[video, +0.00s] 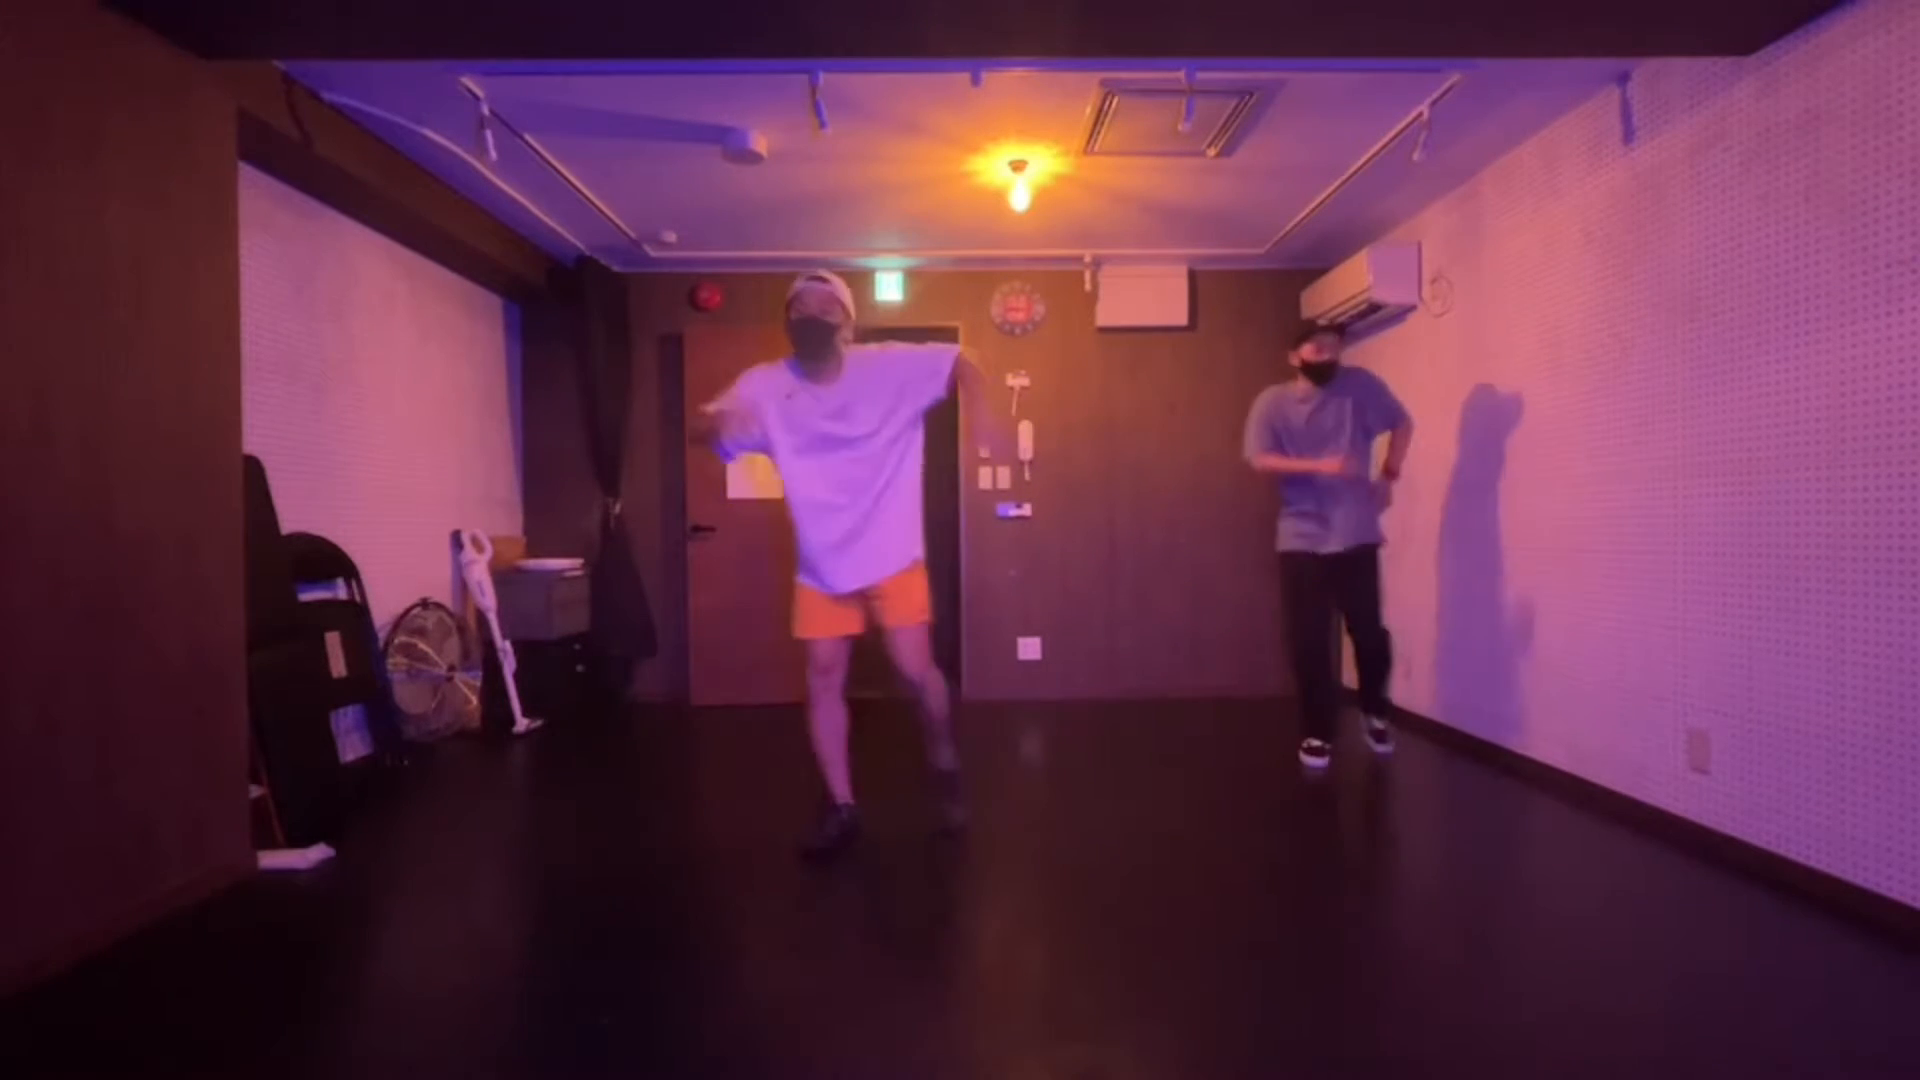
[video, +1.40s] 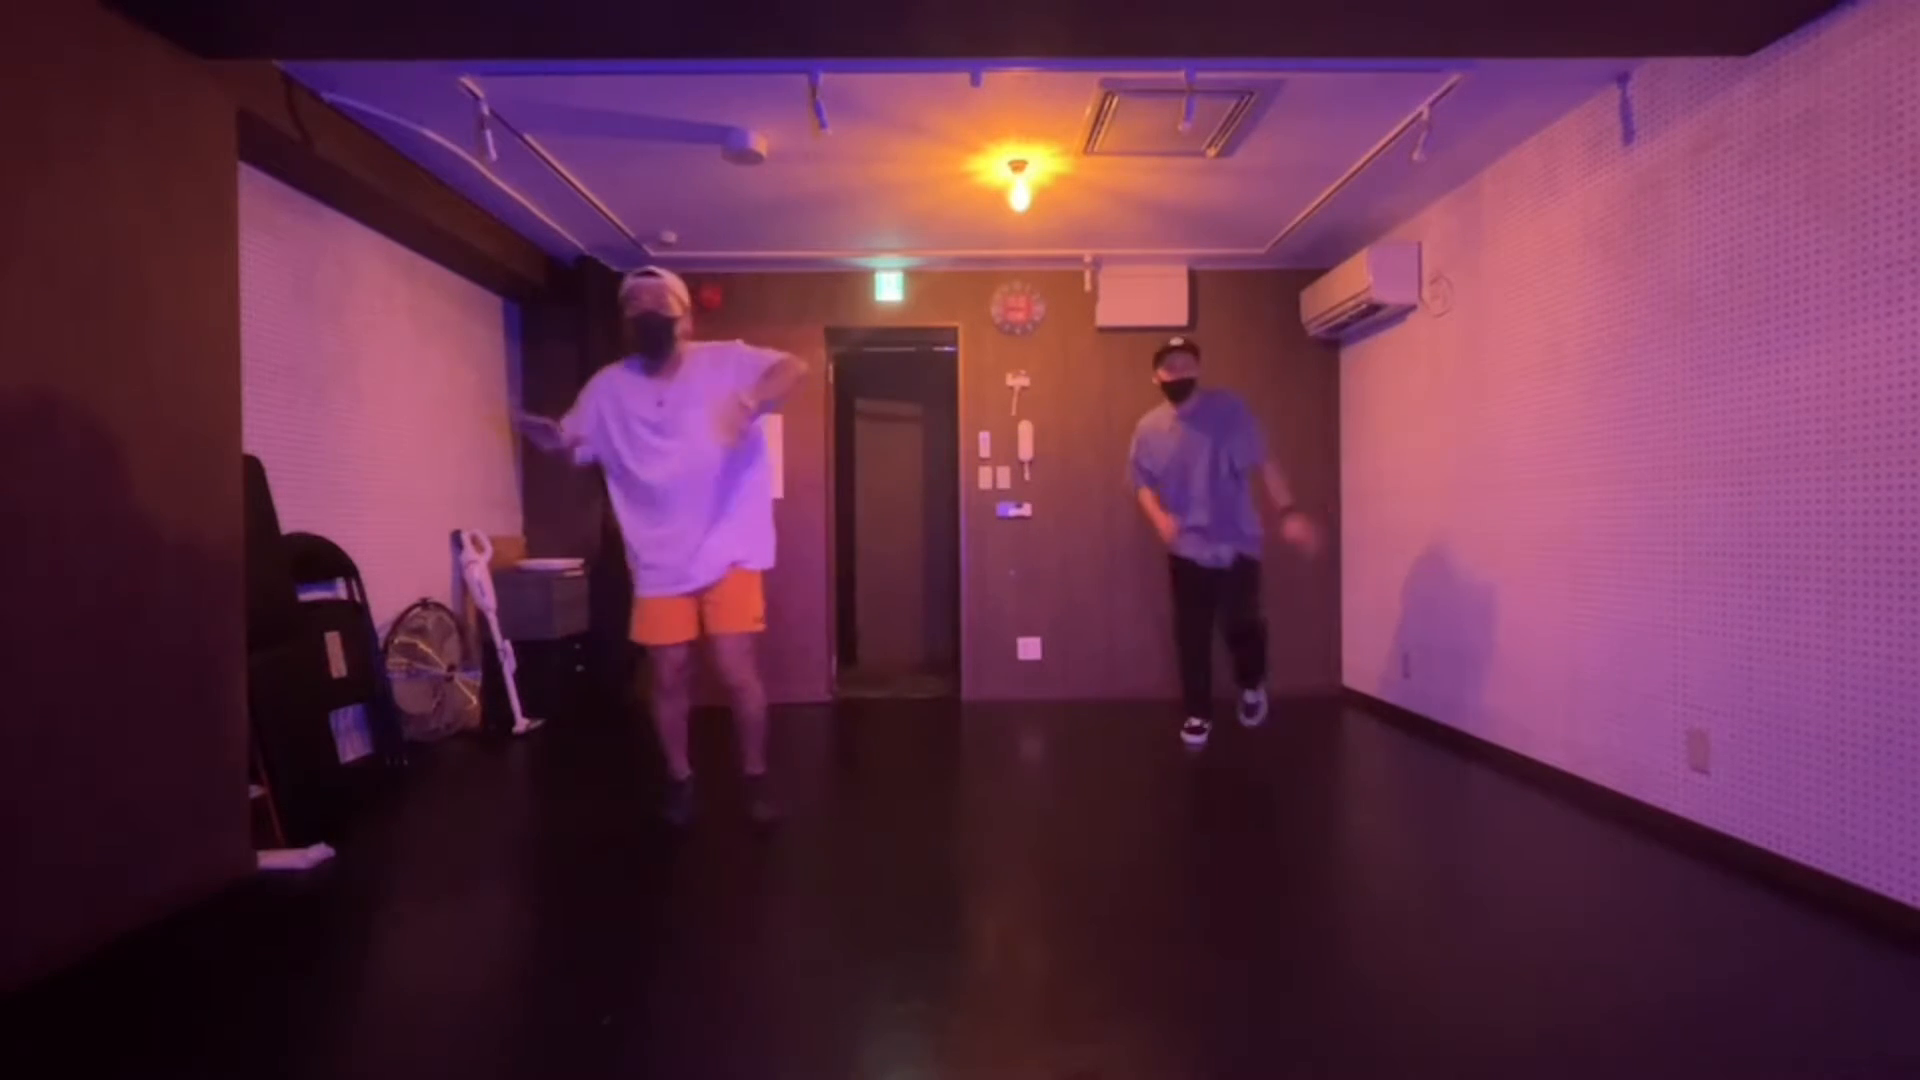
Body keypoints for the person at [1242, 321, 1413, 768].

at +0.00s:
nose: (1325, 360)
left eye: (1330, 352)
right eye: (1315, 352)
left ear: (1339, 353)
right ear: (1295, 356)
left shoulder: (1359, 386)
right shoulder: (1272, 401)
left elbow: (1400, 423)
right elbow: (1258, 458)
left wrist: (1389, 469)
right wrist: (1319, 466)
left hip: (1355, 539)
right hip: (1301, 543)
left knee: (1367, 633)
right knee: (1308, 642)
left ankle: (1374, 709)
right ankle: (1316, 731)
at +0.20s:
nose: (1331, 370)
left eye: (1339, 362)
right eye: (1323, 362)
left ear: (1349, 364)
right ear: (1305, 364)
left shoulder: (1360, 405)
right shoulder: (1284, 397)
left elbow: (1386, 455)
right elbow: (1252, 448)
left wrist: (1366, 476)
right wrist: (1286, 496)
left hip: (1334, 546)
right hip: (1284, 548)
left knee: (1345, 637)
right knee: (1298, 644)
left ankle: (1310, 704)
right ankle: (1313, 733)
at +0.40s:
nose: (1329, 395)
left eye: (1335, 387)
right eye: (1321, 386)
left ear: (1344, 391)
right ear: (1303, 389)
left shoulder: (1342, 445)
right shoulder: (1275, 418)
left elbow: (1343, 509)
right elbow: (1233, 469)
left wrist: (1337, 490)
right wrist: (1225, 527)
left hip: (1318, 562)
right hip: (1269, 551)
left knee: (1319, 651)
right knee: (1295, 641)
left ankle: (1264, 707)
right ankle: (1314, 735)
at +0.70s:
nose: (1296, 367)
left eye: (1304, 360)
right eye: (1287, 359)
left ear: (1313, 370)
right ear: (1269, 367)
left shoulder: (1318, 414)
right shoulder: (1243, 403)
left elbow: (1361, 451)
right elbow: (1188, 440)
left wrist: (1336, 442)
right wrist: (1191, 493)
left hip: (1289, 544)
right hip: (1244, 537)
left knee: (1283, 636)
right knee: (1271, 632)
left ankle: (1253, 718)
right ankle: (1283, 727)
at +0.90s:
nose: (1259, 358)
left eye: (1266, 350)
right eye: (1250, 350)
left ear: (1278, 358)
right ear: (1232, 361)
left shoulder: (1297, 407)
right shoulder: (1213, 408)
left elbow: (1330, 448)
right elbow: (1170, 452)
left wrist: (1293, 469)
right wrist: (1179, 503)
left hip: (1274, 538)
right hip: (1227, 532)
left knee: (1269, 626)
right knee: (1232, 618)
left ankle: (1256, 716)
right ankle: (1217, 710)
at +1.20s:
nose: (1201, 376)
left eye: (1209, 366)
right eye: (1192, 367)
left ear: (1221, 369)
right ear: (1179, 375)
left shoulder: (1250, 412)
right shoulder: (1169, 424)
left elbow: (1270, 468)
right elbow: (1150, 482)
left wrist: (1236, 496)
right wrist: (1161, 530)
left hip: (1251, 549)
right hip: (1201, 550)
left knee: (1259, 634)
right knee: (1201, 635)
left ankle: (1257, 713)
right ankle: (1198, 714)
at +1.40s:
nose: (1176, 374)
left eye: (1184, 365)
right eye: (1168, 366)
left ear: (1198, 369)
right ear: (1156, 374)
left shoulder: (1226, 410)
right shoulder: (1149, 427)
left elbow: (1263, 461)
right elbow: (1141, 482)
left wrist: (1287, 510)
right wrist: (1161, 520)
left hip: (1236, 542)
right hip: (1187, 547)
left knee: (1242, 624)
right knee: (1191, 635)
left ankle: (1251, 687)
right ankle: (1197, 713)